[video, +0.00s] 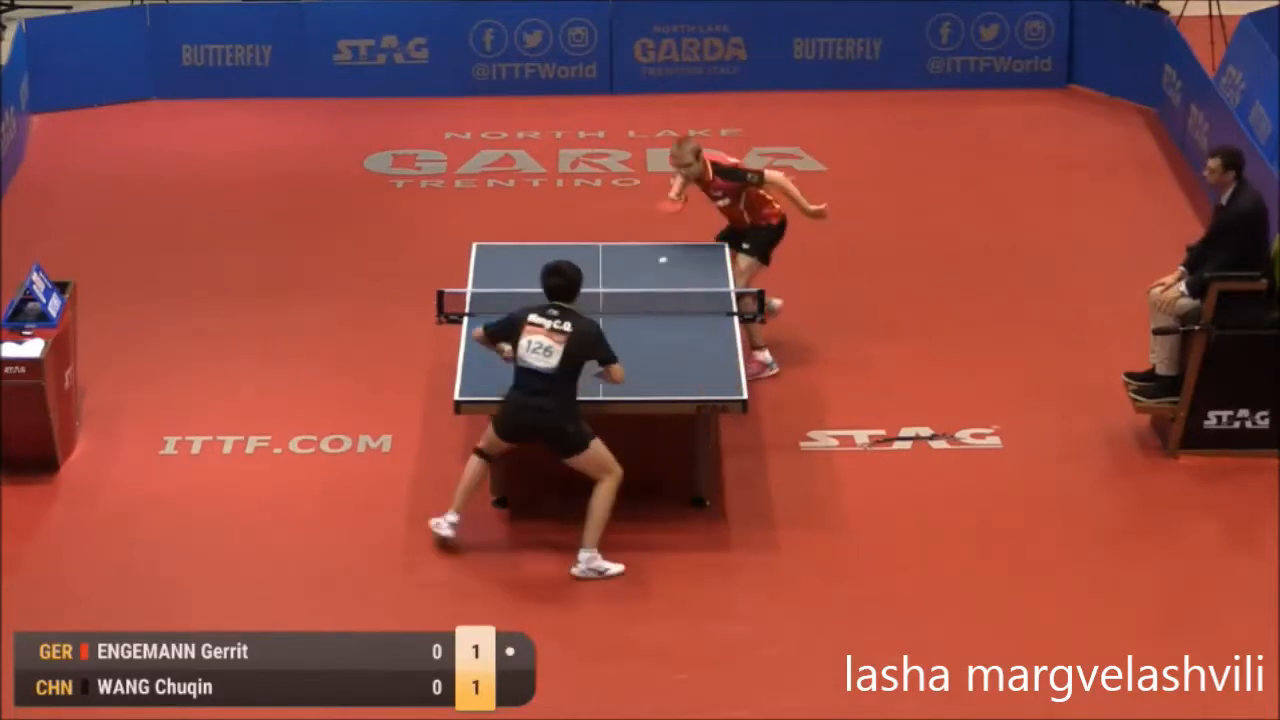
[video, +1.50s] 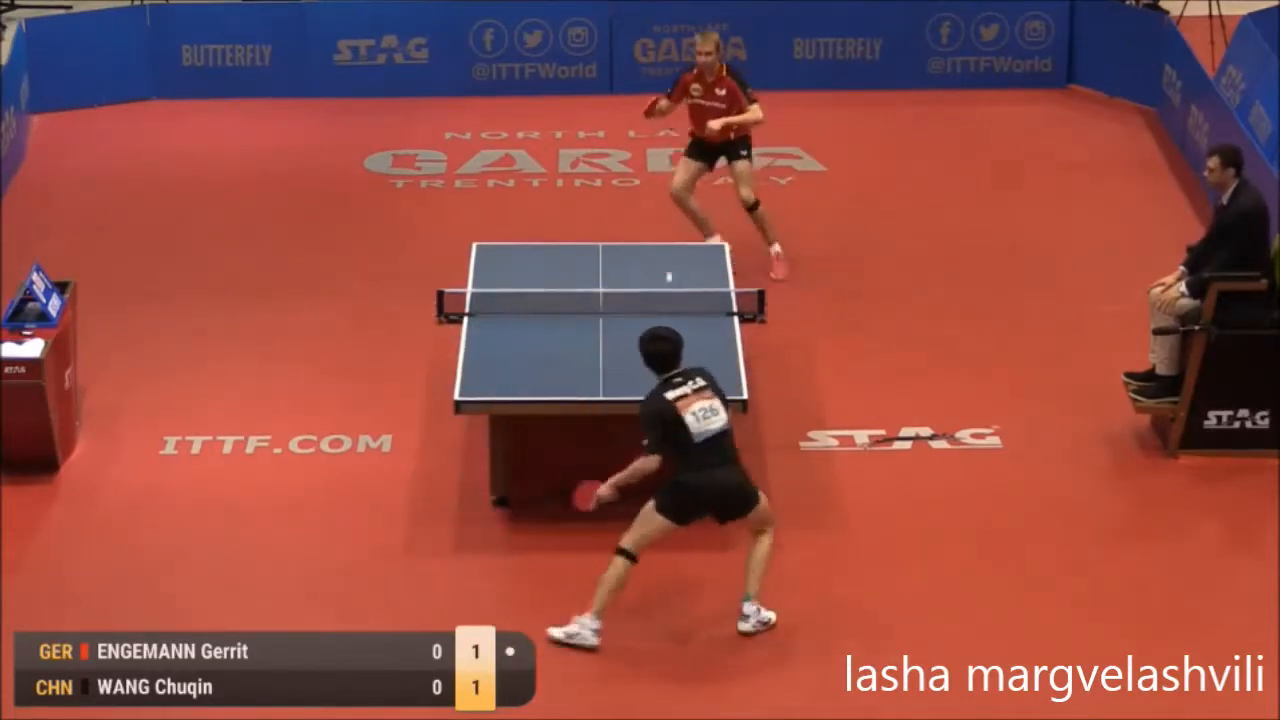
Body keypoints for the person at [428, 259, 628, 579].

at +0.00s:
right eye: (572, 287)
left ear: (545, 289)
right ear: (576, 291)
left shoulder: (525, 317)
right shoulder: (588, 329)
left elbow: (480, 335)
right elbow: (616, 376)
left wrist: (501, 349)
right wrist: (602, 368)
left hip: (515, 413)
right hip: (559, 420)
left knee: (483, 454)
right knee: (610, 474)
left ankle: (450, 520)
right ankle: (588, 556)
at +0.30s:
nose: (518, 326)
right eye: (518, 321)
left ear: (488, 318)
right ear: (516, 326)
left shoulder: (463, 335)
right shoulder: (515, 356)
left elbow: (435, 331)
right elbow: (546, 382)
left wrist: (446, 329)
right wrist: (540, 365)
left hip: (429, 426)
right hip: (467, 435)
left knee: (419, 460)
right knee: (534, 479)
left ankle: (387, 521)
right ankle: (575, 555)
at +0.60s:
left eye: (460, 294)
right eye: (488, 294)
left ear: (459, 298)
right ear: (489, 298)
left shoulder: (444, 325)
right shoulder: (500, 329)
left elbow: (423, 339)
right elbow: (541, 355)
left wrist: (425, 321)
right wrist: (532, 335)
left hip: (446, 427)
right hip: (484, 428)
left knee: (425, 466)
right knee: (554, 473)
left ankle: (390, 520)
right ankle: (577, 557)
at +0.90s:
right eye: (531, 305)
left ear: (502, 312)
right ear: (534, 309)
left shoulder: (486, 347)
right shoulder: (554, 343)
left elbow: (444, 375)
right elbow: (605, 368)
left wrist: (456, 358)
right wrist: (581, 357)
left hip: (501, 445)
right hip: (544, 444)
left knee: (480, 487)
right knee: (598, 495)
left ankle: (450, 554)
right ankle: (621, 573)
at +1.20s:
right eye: (583, 331)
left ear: (560, 342)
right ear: (593, 338)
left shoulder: (546, 380)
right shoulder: (616, 373)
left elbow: (505, 423)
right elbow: (642, 426)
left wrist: (530, 431)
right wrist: (631, 440)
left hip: (570, 476)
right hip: (617, 471)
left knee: (525, 536)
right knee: (674, 519)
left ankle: (516, 617)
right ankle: (720, 590)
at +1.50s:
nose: (650, 359)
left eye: (648, 355)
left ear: (647, 362)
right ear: (680, 354)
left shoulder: (653, 403)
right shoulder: (703, 377)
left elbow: (652, 461)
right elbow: (728, 415)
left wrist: (613, 484)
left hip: (687, 486)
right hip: (730, 479)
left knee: (629, 547)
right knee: (764, 528)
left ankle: (590, 622)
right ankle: (750, 609)